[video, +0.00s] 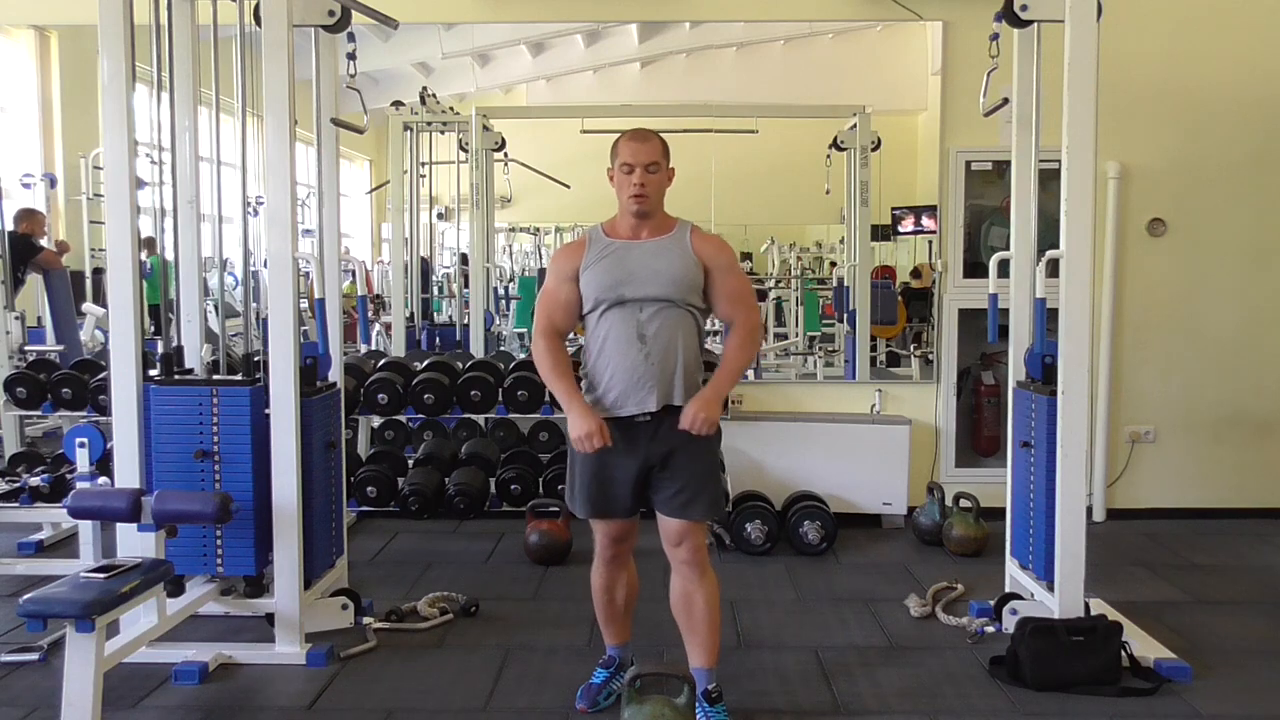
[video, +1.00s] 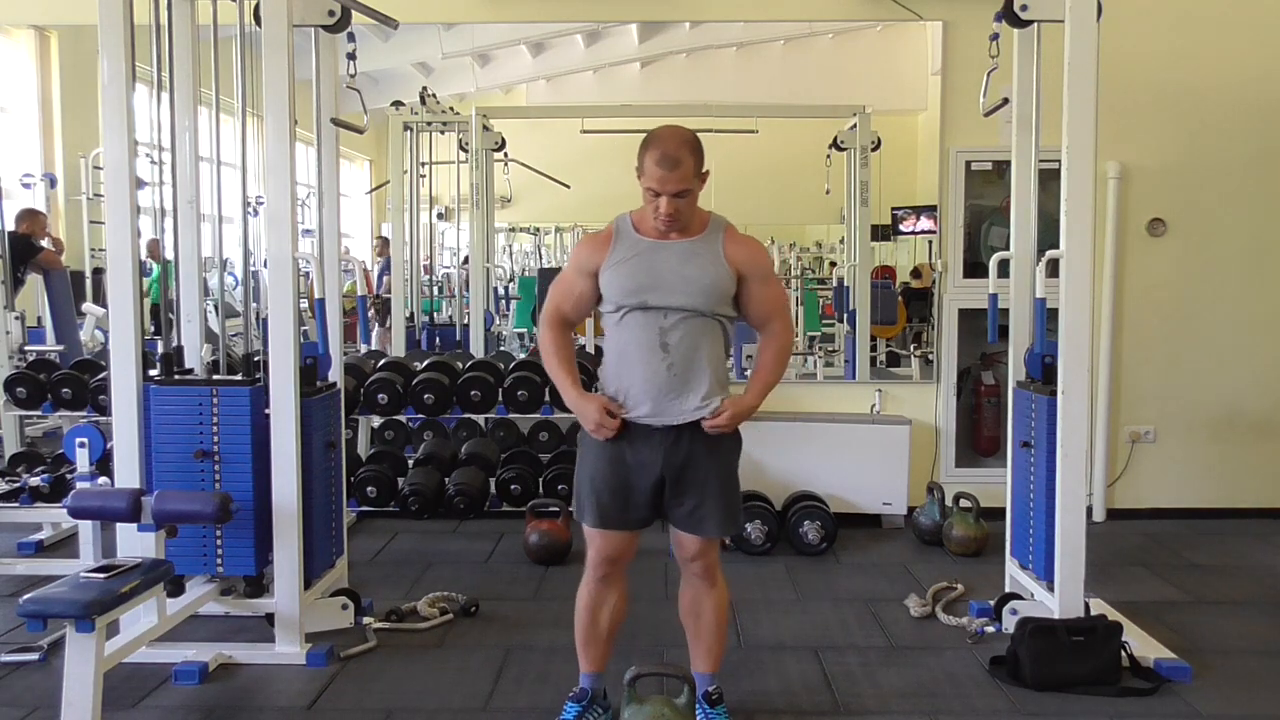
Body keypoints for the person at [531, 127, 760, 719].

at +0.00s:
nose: (637, 179)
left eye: (650, 169)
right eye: (626, 169)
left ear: (669, 176)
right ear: (611, 176)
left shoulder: (704, 248)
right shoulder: (576, 256)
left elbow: (746, 325)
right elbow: (546, 337)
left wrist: (715, 393)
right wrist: (576, 407)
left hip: (684, 424)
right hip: (604, 427)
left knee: (687, 550)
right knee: (611, 547)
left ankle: (705, 689)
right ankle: (615, 660)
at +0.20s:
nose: (654, 189)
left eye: (666, 178)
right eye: (643, 178)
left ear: (685, 176)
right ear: (627, 176)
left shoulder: (724, 250)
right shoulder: (589, 253)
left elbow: (761, 330)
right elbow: (549, 332)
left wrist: (747, 408)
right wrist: (568, 411)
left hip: (697, 424)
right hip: (617, 425)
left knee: (696, 552)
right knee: (618, 548)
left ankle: (706, 689)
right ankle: (617, 659)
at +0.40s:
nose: (673, 198)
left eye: (685, 187)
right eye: (662, 187)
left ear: (706, 179)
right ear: (647, 179)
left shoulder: (746, 252)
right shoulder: (608, 252)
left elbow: (773, 338)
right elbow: (578, 337)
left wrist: (772, 424)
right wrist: (572, 420)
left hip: (712, 431)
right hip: (629, 431)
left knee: (705, 553)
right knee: (618, 554)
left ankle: (707, 689)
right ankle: (616, 658)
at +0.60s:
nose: (683, 201)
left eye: (696, 188)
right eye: (672, 189)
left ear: (722, 178)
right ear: (658, 179)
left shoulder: (763, 252)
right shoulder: (622, 249)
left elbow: (798, 335)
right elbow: (589, 332)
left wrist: (791, 421)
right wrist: (587, 412)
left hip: (717, 432)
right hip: (632, 428)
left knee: (710, 557)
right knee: (604, 555)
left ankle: (706, 694)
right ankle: (611, 654)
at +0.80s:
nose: (681, 203)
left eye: (694, 190)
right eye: (670, 190)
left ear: (721, 179)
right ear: (657, 178)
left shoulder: (759, 251)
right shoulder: (621, 248)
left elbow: (800, 336)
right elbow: (582, 327)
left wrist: (759, 407)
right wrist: (592, 406)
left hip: (718, 435)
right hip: (630, 430)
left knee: (708, 561)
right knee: (605, 559)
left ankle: (708, 696)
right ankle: (590, 679)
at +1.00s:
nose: (665, 206)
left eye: (678, 194)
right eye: (654, 193)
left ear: (702, 181)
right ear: (639, 179)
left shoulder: (739, 253)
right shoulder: (600, 248)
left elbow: (779, 328)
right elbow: (553, 321)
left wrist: (751, 398)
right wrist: (574, 396)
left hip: (703, 436)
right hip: (616, 434)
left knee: (700, 560)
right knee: (602, 563)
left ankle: (707, 695)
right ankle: (589, 694)